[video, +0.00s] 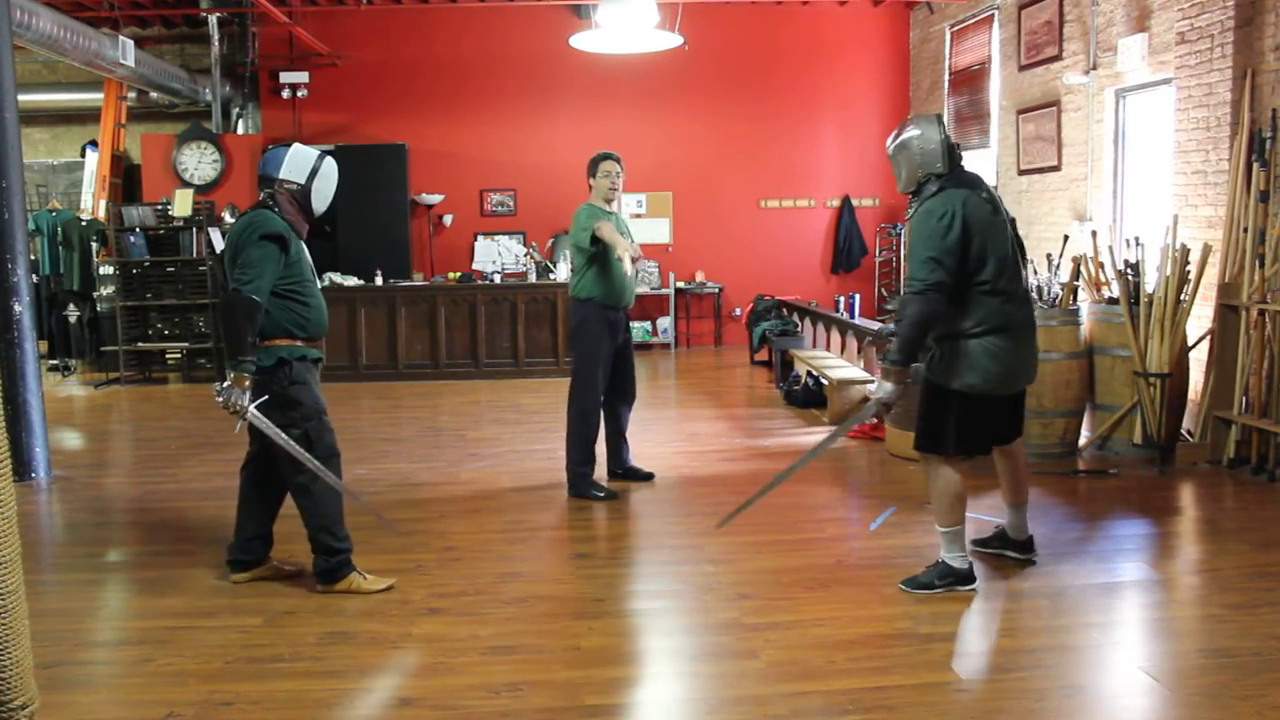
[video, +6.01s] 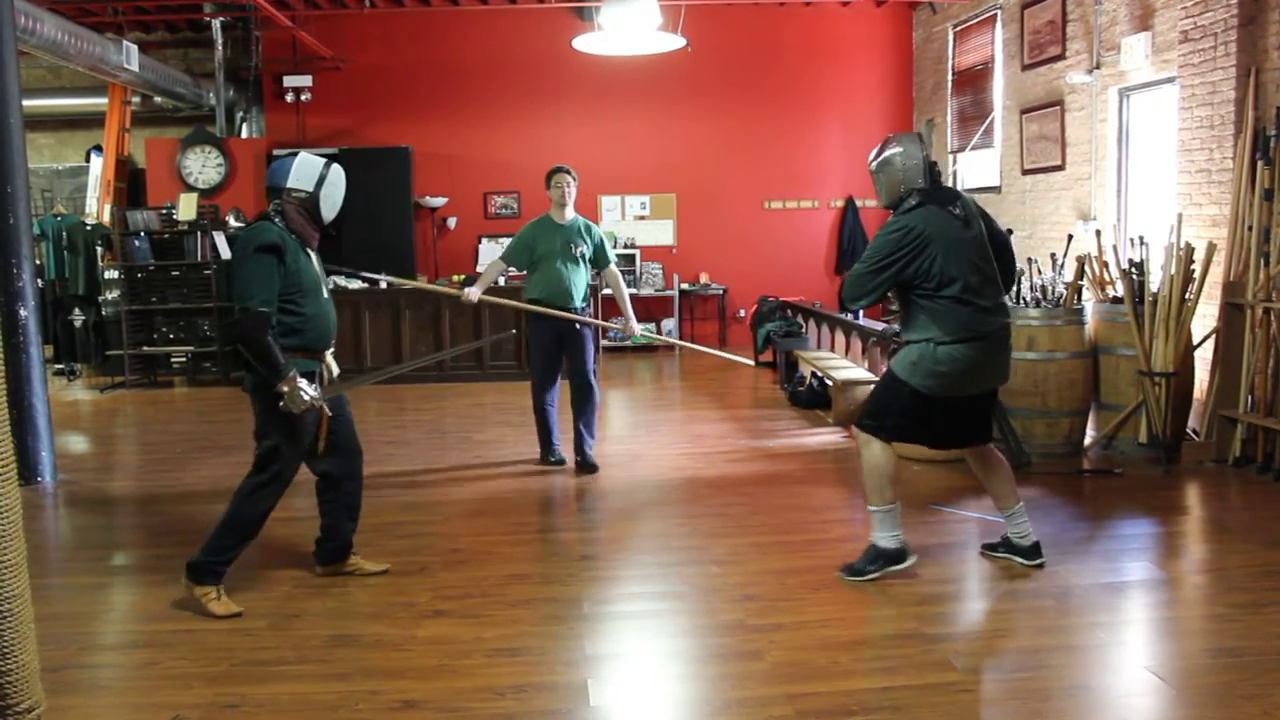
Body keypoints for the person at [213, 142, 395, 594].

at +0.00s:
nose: (322, 199)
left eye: (322, 190)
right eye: (319, 188)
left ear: (283, 182)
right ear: (300, 183)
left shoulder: (275, 227)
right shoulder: (266, 227)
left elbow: (249, 301)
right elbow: (245, 301)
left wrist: (239, 371)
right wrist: (240, 371)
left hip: (289, 362)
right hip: (283, 364)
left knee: (268, 462)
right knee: (318, 458)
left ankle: (247, 559)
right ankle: (335, 569)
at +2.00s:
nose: (295, 210)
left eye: (295, 201)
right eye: (291, 199)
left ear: (270, 193)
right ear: (269, 191)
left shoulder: (270, 237)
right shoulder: (226, 235)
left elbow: (277, 301)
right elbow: (220, 314)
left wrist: (290, 351)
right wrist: (258, 366)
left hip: (282, 371)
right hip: (240, 377)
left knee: (313, 455)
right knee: (222, 474)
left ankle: (318, 554)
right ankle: (189, 577)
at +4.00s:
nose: (294, 209)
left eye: (294, 199)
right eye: (290, 198)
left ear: (258, 193)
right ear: (267, 194)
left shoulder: (262, 242)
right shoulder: (229, 246)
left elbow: (272, 310)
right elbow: (219, 333)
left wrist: (294, 357)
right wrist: (259, 386)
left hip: (287, 376)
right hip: (252, 381)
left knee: (327, 457)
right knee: (236, 482)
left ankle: (332, 555)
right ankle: (190, 586)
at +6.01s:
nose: (331, 206)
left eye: (331, 197)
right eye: (327, 196)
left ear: (295, 194)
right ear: (303, 193)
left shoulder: (299, 242)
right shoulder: (264, 241)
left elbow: (304, 308)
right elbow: (253, 324)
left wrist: (323, 354)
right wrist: (285, 379)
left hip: (313, 371)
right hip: (282, 375)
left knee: (344, 460)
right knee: (273, 473)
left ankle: (335, 554)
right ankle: (204, 575)